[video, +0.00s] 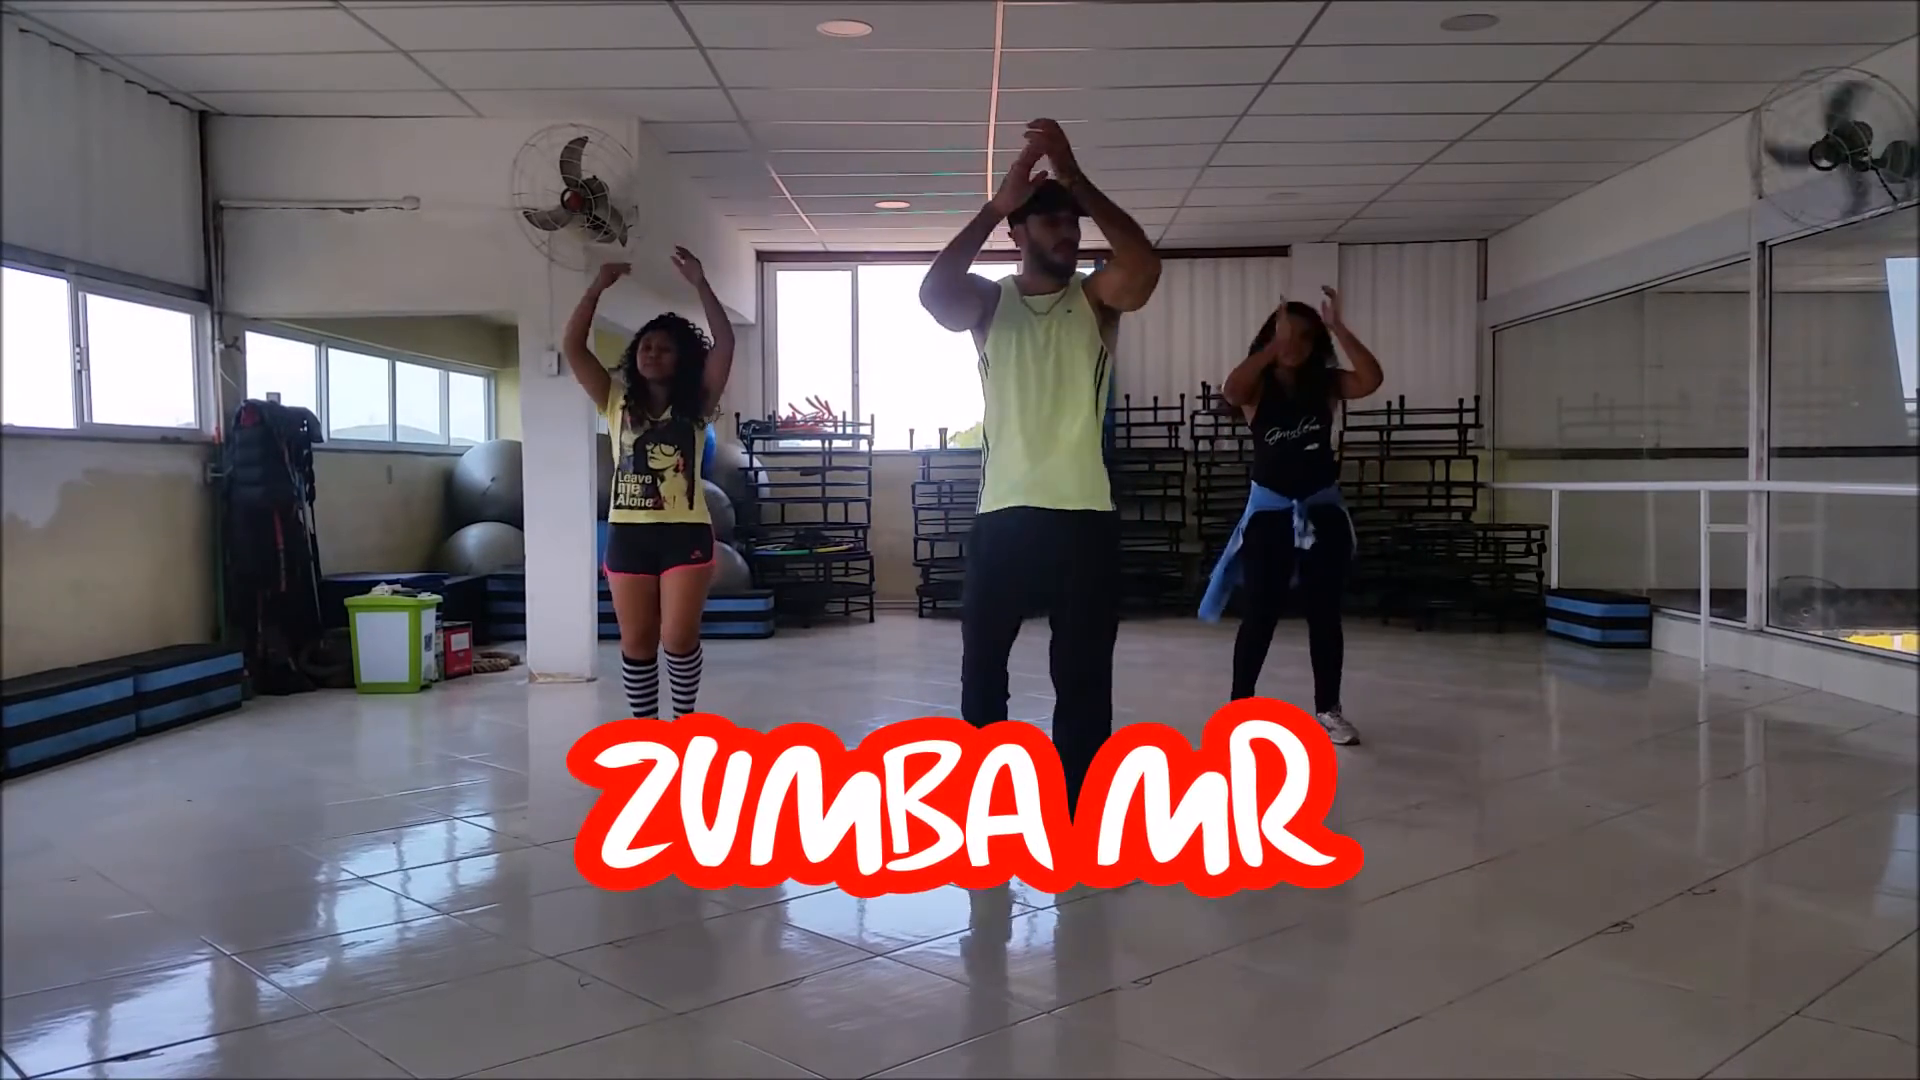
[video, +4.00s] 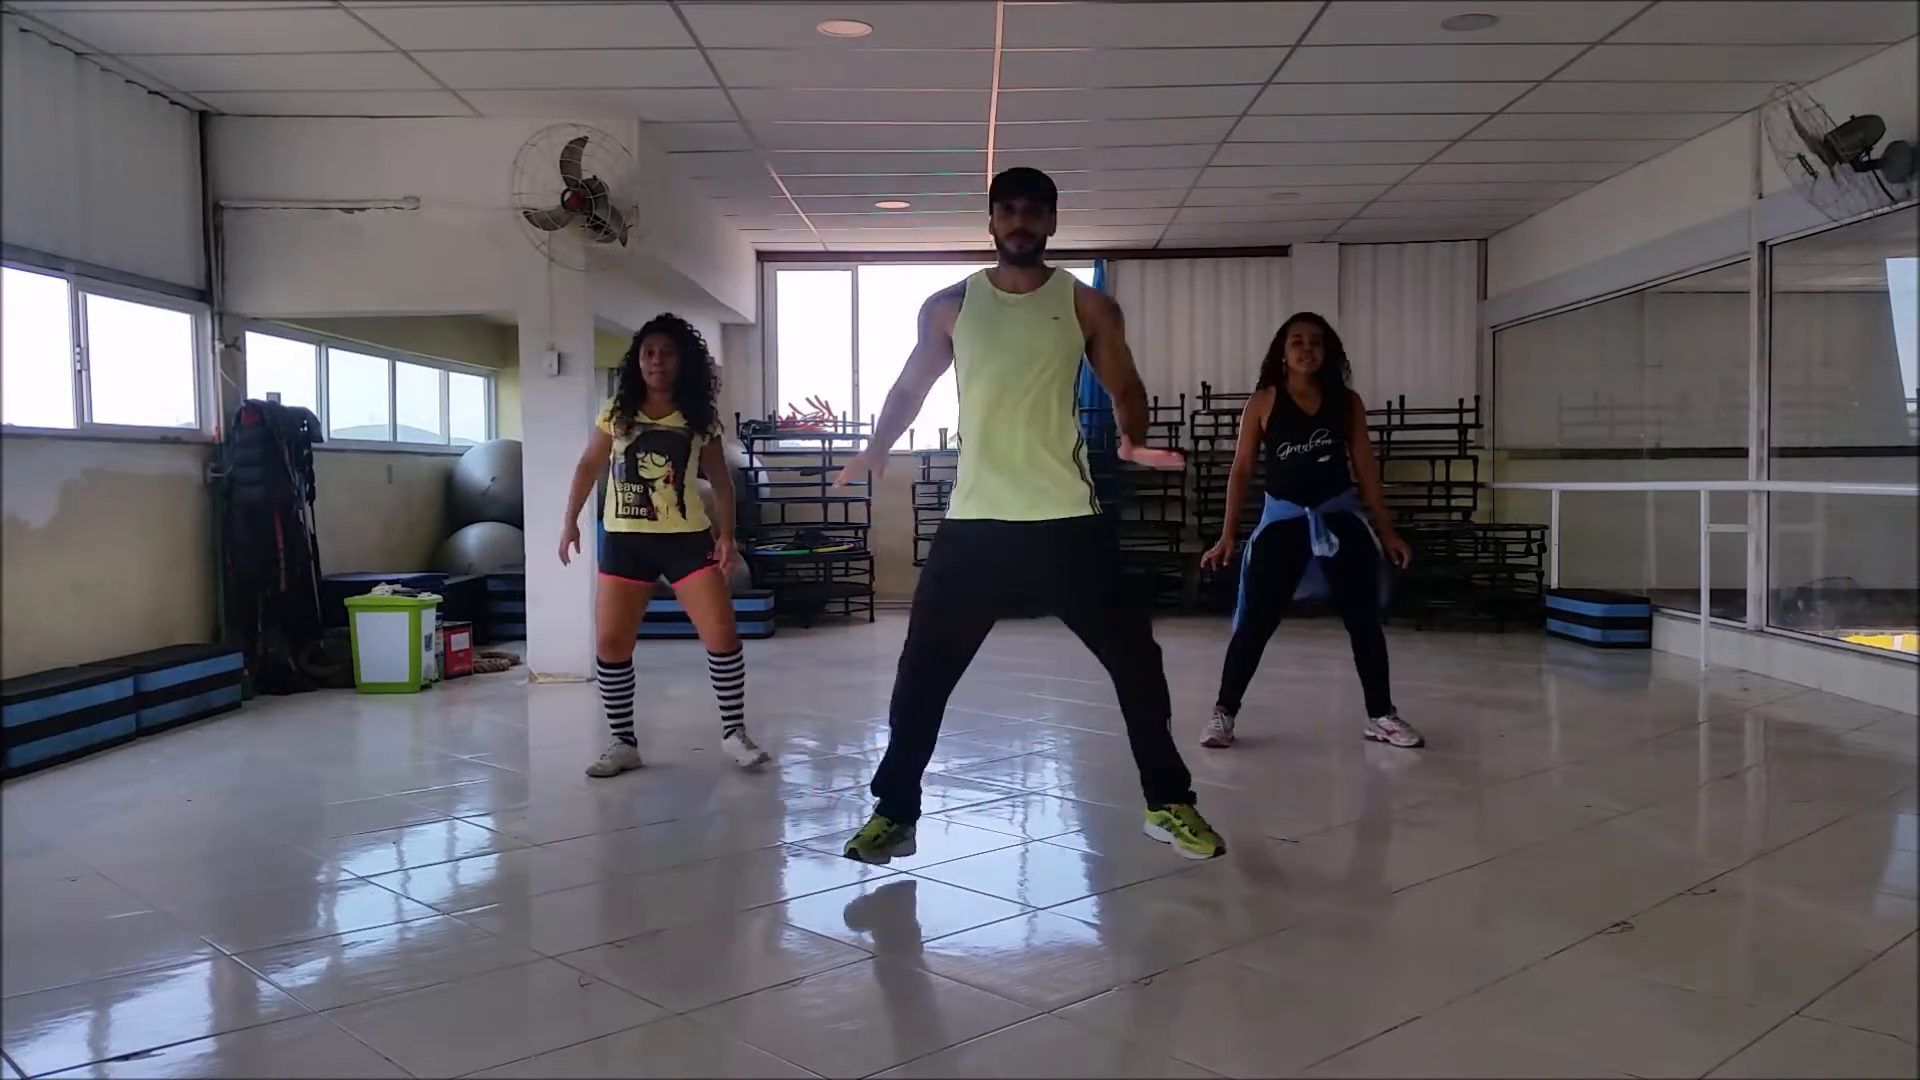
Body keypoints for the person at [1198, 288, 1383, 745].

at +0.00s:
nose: (1292, 345)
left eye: (1301, 338)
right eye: (1285, 336)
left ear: (1313, 343)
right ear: (1271, 341)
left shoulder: (1327, 382)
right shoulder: (1254, 385)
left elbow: (1370, 379)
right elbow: (1232, 387)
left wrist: (1337, 327)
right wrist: (1268, 348)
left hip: (1323, 515)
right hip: (1269, 516)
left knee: (1325, 614)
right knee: (1260, 615)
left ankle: (1328, 711)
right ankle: (1239, 710)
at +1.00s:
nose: (1299, 339)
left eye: (1308, 333)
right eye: (1290, 334)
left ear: (1322, 342)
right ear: (1278, 344)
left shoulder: (1339, 386)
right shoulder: (1264, 389)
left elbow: (1372, 347)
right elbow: (1234, 363)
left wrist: (1336, 301)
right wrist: (1268, 319)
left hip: (1332, 516)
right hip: (1276, 516)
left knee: (1335, 612)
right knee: (1261, 607)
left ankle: (1335, 711)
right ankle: (1250, 702)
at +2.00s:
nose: (1304, 339)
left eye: (1313, 332)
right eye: (1295, 333)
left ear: (1326, 341)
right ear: (1280, 342)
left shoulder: (1337, 388)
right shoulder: (1264, 386)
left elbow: (1373, 357)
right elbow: (1233, 363)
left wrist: (1349, 306)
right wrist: (1263, 314)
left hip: (1326, 516)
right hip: (1270, 515)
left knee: (1327, 614)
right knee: (1254, 605)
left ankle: (1332, 712)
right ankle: (1243, 698)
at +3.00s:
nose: (1308, 338)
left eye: (1316, 330)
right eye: (1299, 331)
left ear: (1330, 337)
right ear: (1286, 340)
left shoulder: (1342, 387)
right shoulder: (1270, 383)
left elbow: (1368, 366)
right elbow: (1229, 376)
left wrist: (1343, 313)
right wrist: (1272, 327)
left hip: (1329, 512)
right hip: (1274, 511)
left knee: (1329, 613)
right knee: (1256, 607)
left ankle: (1333, 715)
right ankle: (1240, 700)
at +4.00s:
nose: (1306, 350)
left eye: (1315, 343)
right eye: (1297, 342)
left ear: (1327, 352)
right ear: (1282, 351)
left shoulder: (1347, 403)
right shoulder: (1263, 403)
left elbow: (1366, 469)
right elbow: (1241, 470)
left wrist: (1388, 531)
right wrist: (1228, 534)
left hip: (1342, 523)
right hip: (1283, 524)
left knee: (1364, 620)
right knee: (1257, 621)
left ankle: (1381, 717)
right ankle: (1224, 715)